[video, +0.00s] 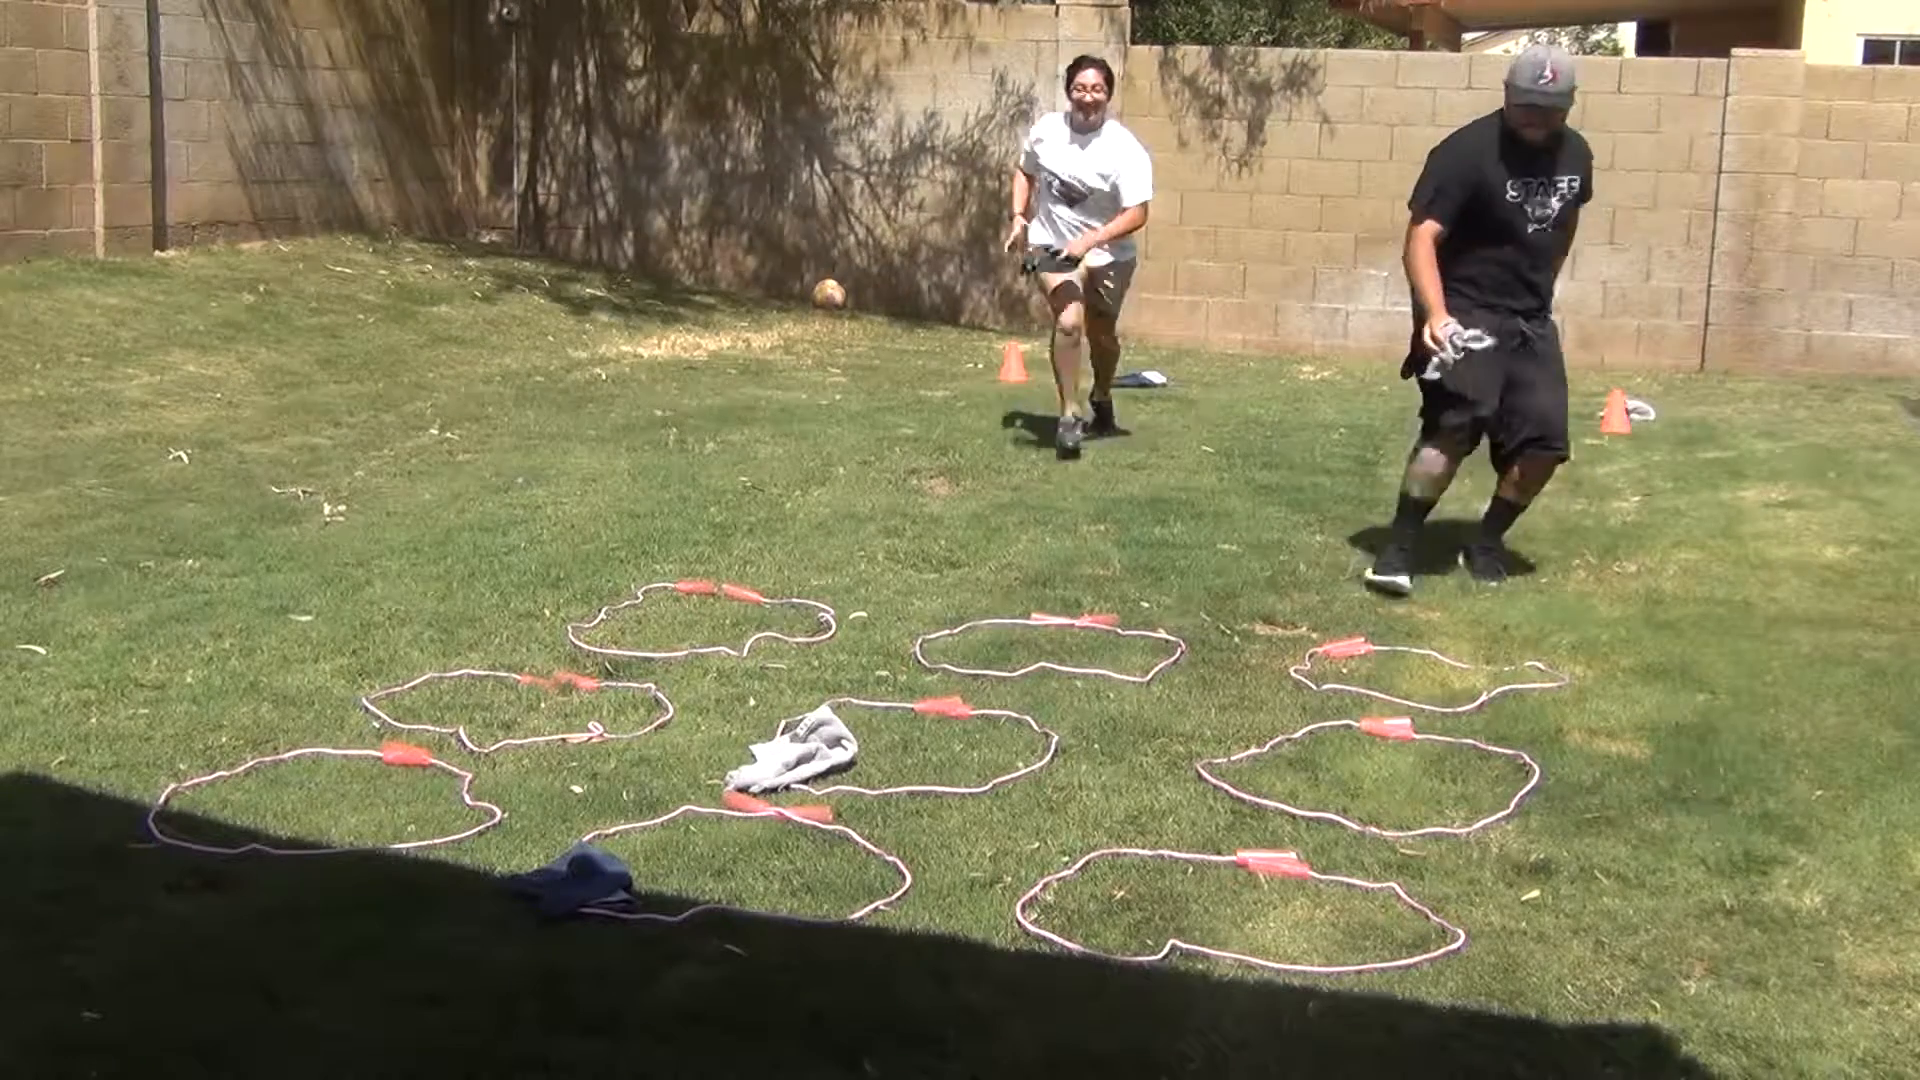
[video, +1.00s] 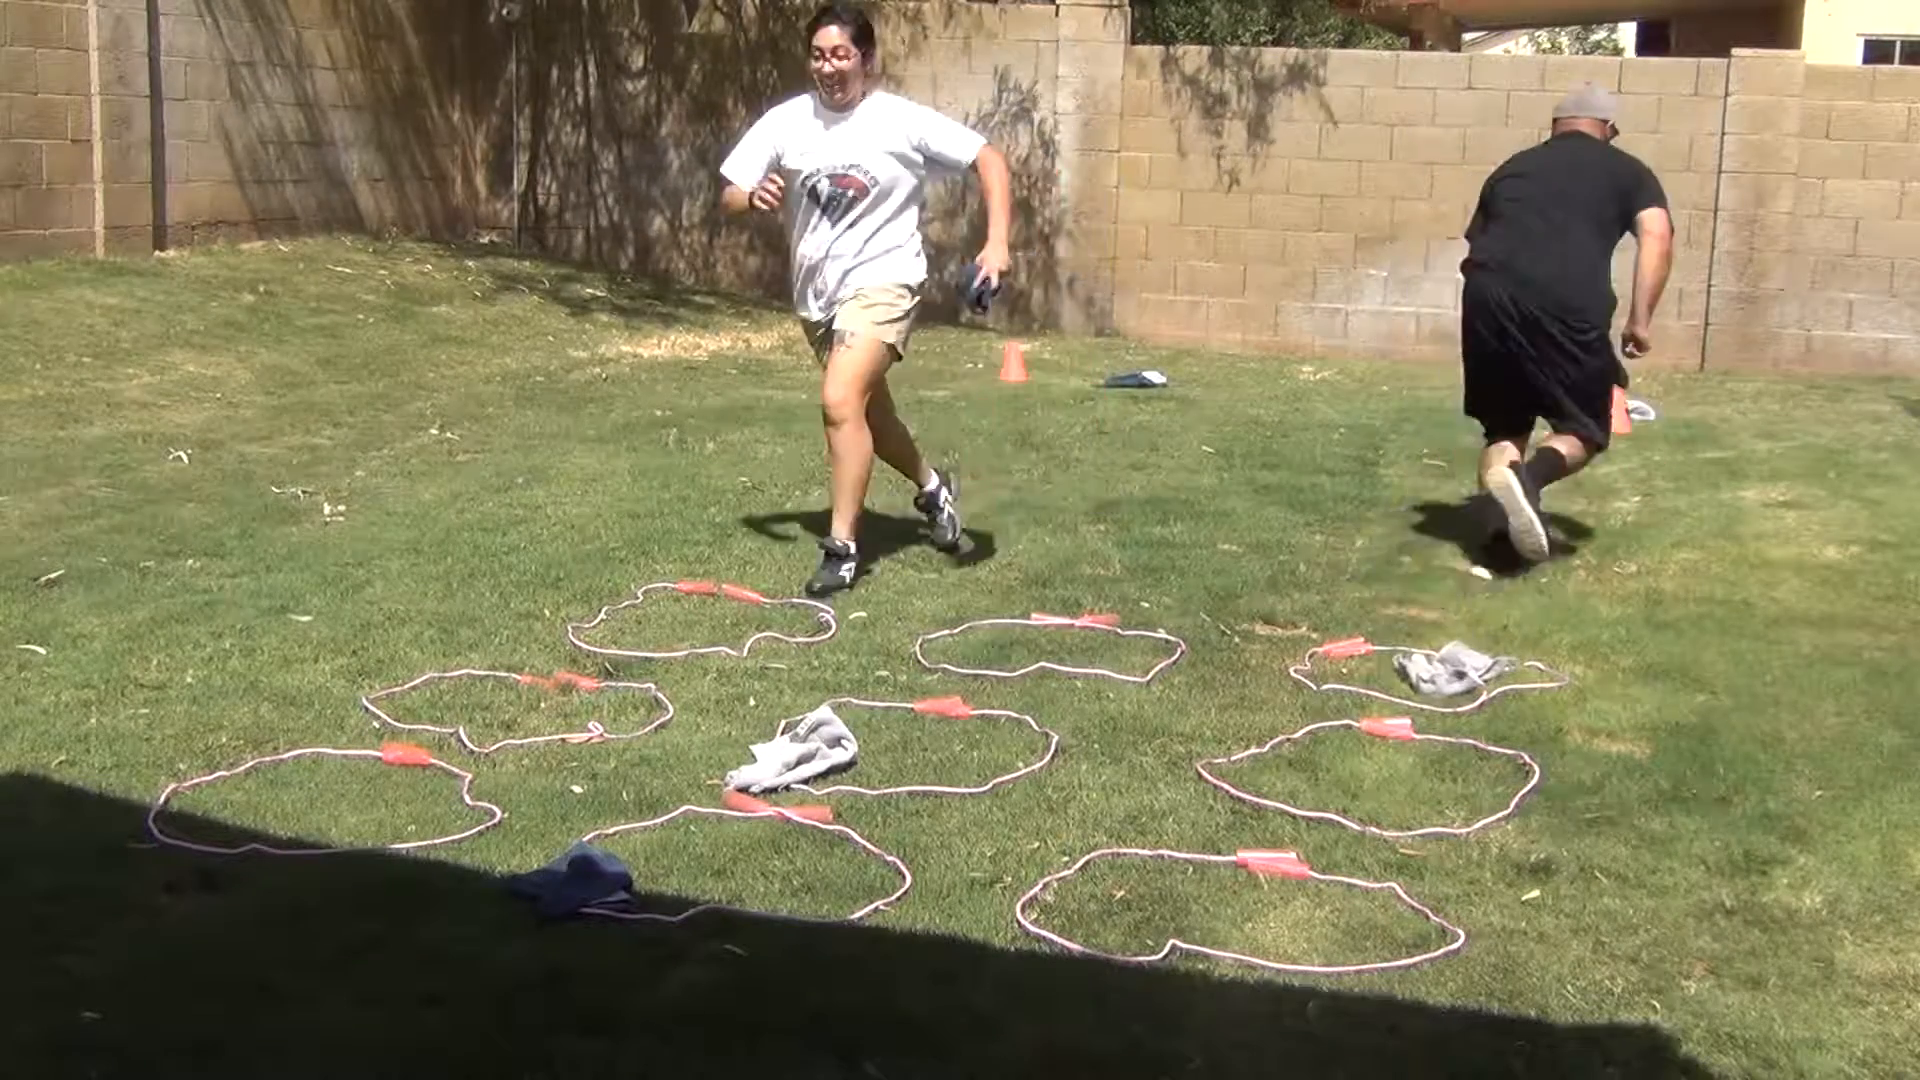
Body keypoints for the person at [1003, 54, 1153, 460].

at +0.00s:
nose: (1089, 98)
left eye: (1097, 90)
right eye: (1080, 89)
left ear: (1109, 96)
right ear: (1068, 94)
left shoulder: (1126, 149)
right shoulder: (1047, 129)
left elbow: (1136, 214)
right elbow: (1025, 173)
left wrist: (1088, 239)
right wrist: (1018, 218)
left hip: (1109, 249)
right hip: (1054, 244)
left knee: (1101, 335)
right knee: (1070, 321)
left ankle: (1102, 398)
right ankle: (1069, 414)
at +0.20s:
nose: (1072, 97)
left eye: (1080, 88)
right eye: (1063, 88)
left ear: (1091, 93)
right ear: (1048, 94)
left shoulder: (1112, 139)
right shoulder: (1026, 142)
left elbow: (1144, 202)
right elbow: (998, 205)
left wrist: (1105, 220)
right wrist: (1037, 228)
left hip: (1102, 270)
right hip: (1046, 271)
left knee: (1091, 356)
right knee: (1055, 365)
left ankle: (1105, 405)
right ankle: (1069, 441)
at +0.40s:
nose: (1068, 90)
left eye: (1076, 81)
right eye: (1058, 81)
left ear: (1089, 83)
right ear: (1043, 83)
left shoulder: (1109, 138)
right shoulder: (1013, 132)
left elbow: (1146, 207)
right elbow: (984, 199)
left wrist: (1091, 232)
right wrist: (1012, 221)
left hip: (1084, 269)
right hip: (1024, 274)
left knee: (1079, 366)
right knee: (1040, 386)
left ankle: (1101, 477)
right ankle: (1061, 405)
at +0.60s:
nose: (1020, 73)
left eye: (1031, 65)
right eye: (1011, 63)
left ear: (1047, 71)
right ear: (999, 67)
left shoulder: (1056, 129)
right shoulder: (980, 110)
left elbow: (1043, 215)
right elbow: (969, 167)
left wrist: (971, 212)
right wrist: (950, 197)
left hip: (1049, 275)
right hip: (986, 267)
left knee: (1070, 387)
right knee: (972, 364)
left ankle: (1100, 475)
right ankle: (990, 476)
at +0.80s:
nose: (934, 76)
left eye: (946, 66)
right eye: (925, 66)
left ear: (966, 72)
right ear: (913, 73)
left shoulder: (987, 132)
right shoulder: (895, 135)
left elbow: (1032, 203)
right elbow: (856, 201)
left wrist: (1009, 268)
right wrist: (825, 209)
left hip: (980, 290)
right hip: (915, 293)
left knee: (962, 412)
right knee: (932, 415)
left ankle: (1023, 447)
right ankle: (973, 519)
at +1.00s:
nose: (828, 65)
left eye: (841, 53)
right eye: (819, 54)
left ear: (867, 58)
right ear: (809, 60)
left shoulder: (900, 119)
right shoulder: (785, 120)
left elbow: (989, 158)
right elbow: (729, 197)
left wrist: (998, 244)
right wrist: (751, 197)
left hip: (883, 284)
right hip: (816, 298)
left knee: (839, 401)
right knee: (875, 420)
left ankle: (841, 546)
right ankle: (932, 488)